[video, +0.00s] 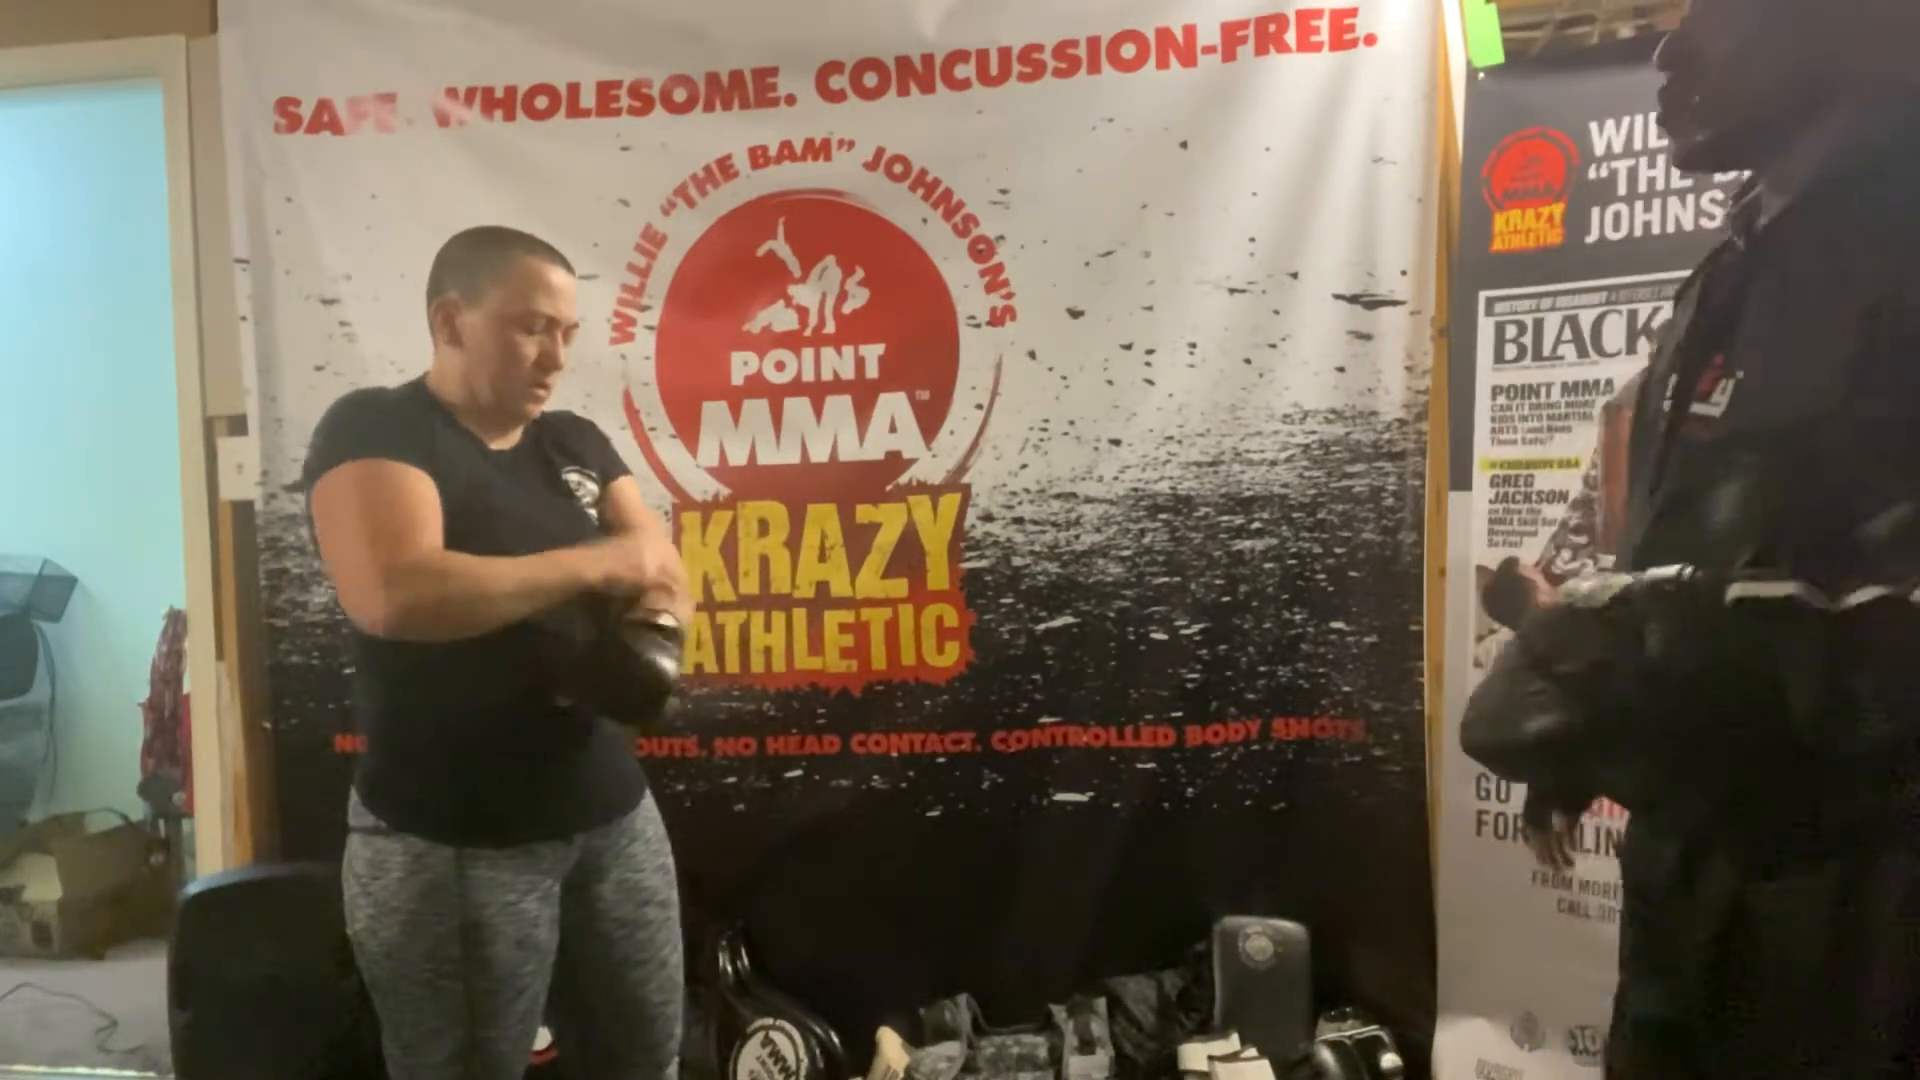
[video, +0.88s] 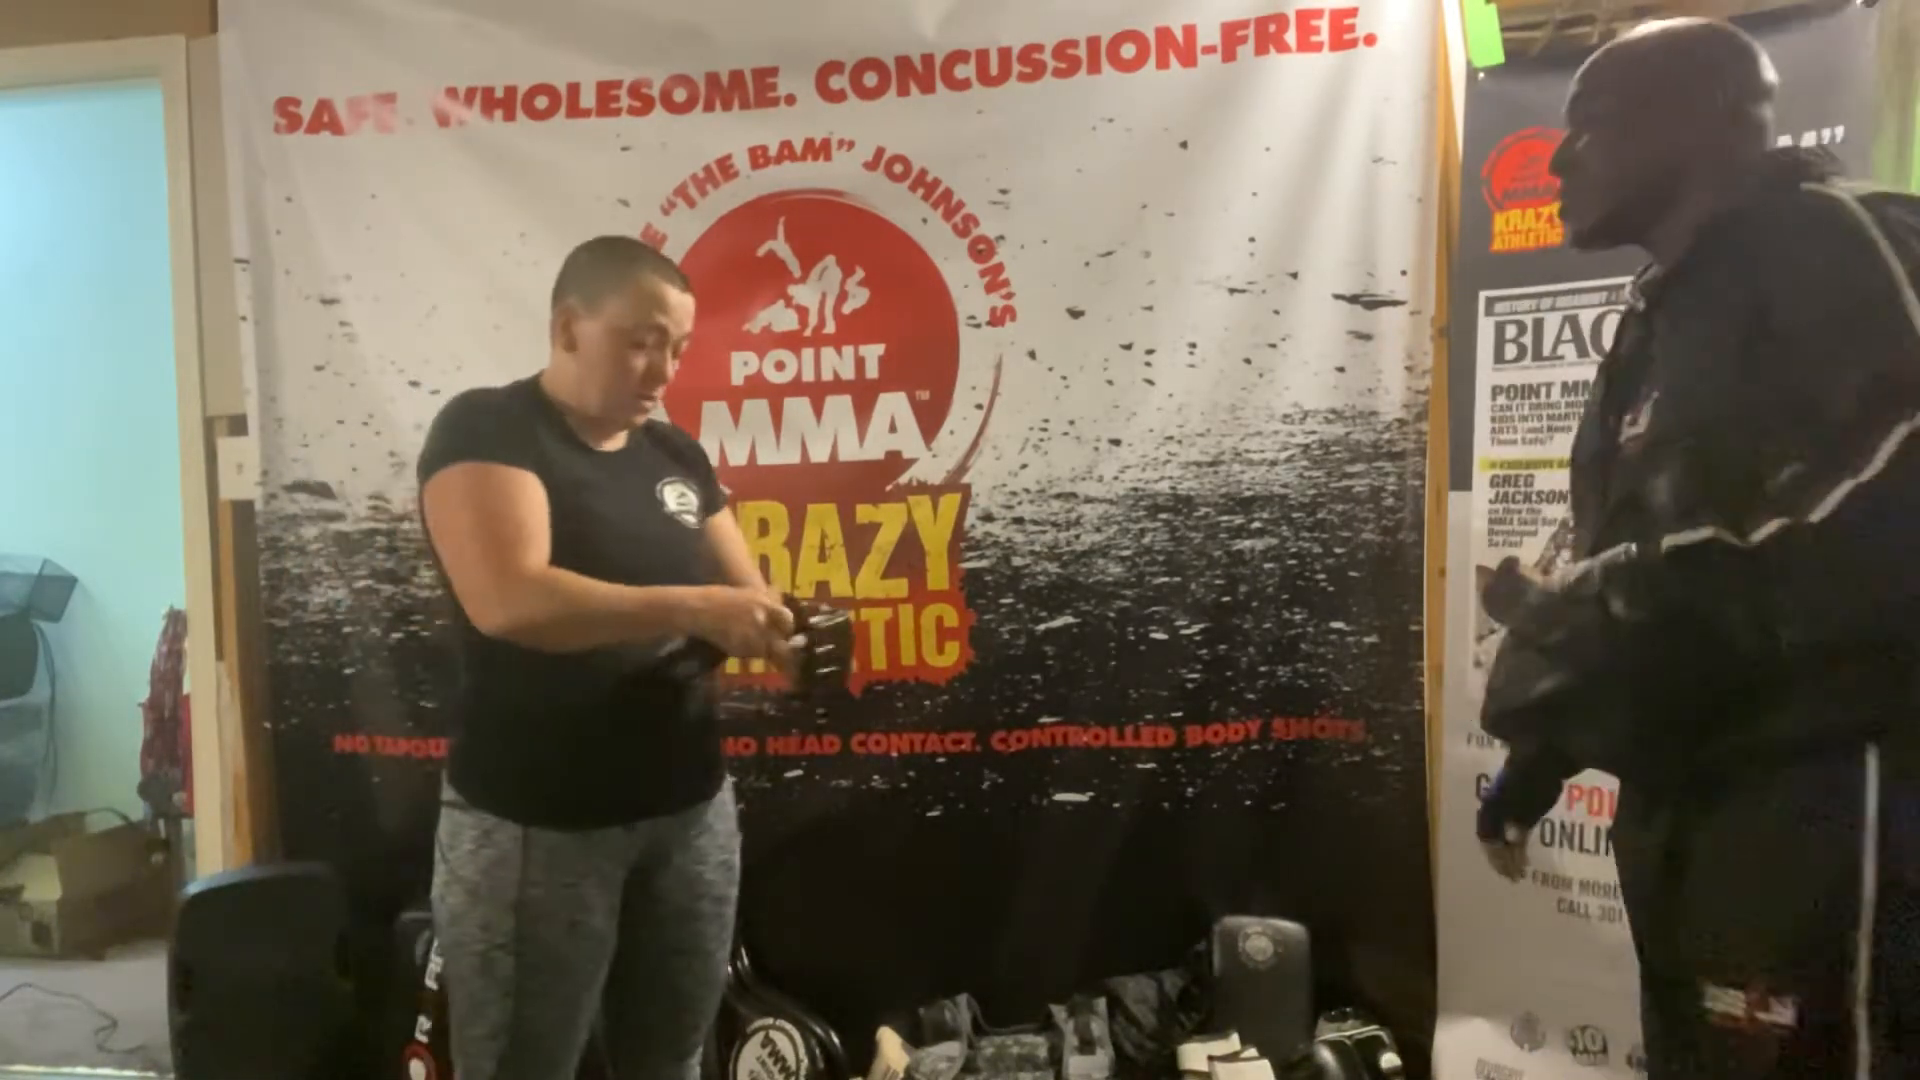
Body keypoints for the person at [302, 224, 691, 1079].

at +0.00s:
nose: (554, 356)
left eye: (564, 333)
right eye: (533, 327)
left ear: (570, 337)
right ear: (450, 318)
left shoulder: (573, 443)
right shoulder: (370, 430)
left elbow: (659, 565)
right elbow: (392, 594)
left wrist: (651, 633)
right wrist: (598, 561)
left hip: (611, 825)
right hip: (450, 850)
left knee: (641, 1063)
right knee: (467, 1066)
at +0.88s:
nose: (662, 369)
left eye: (675, 348)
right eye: (643, 341)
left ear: (682, 347)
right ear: (568, 326)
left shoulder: (676, 456)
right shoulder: (482, 429)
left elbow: (743, 595)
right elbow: (506, 598)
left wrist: (784, 635)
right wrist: (699, 609)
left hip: (687, 822)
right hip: (529, 832)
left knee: (665, 1065)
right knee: (518, 1067)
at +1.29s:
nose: (659, 360)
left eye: (669, 338)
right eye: (636, 332)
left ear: (675, 340)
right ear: (560, 325)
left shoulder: (671, 447)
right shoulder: (472, 427)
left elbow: (719, 609)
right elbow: (444, 613)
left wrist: (770, 645)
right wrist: (634, 659)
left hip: (684, 825)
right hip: (523, 836)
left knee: (660, 1065)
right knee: (509, 1066)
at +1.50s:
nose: (642, 362)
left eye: (652, 339)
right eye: (620, 333)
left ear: (657, 336)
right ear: (542, 323)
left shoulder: (654, 443)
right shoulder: (454, 423)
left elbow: (697, 589)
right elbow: (441, 608)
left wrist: (749, 620)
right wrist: (631, 635)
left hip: (673, 827)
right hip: (511, 840)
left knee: (656, 1065)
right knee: (500, 1067)